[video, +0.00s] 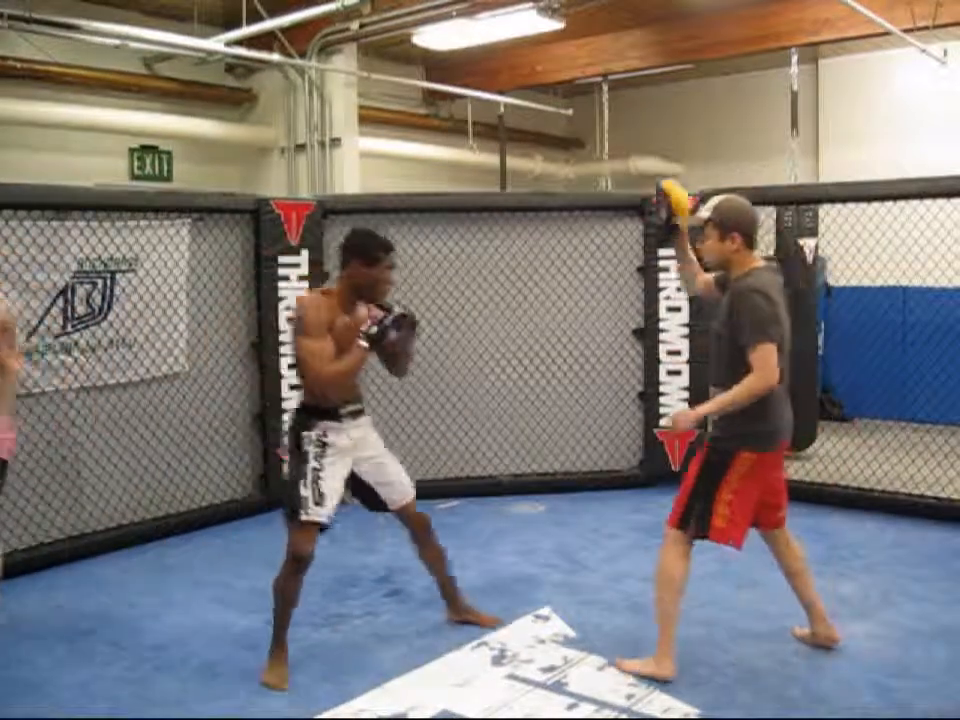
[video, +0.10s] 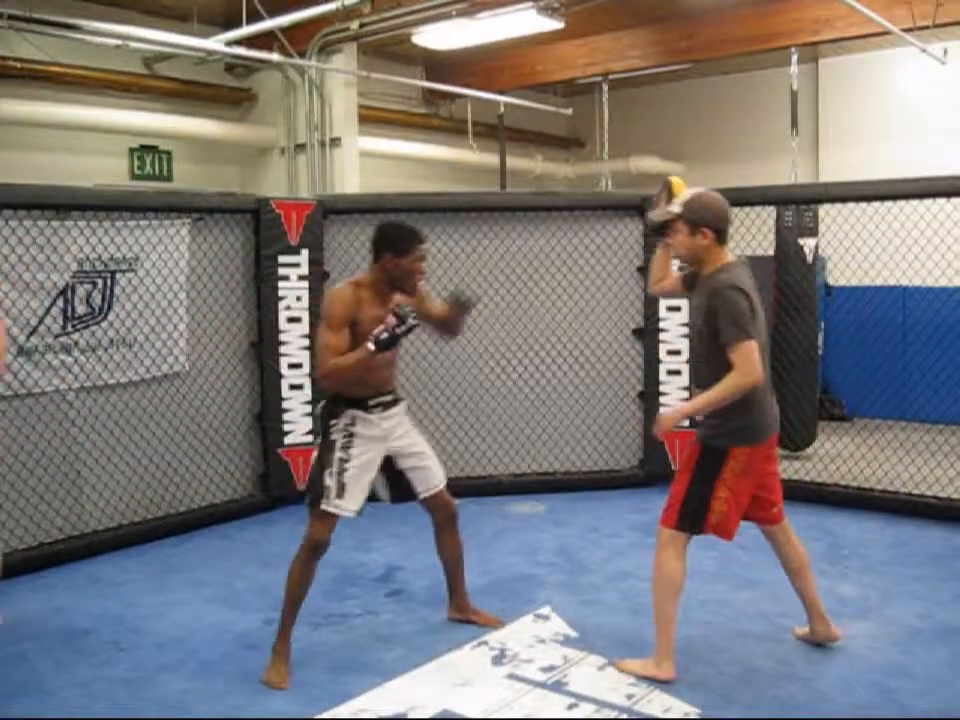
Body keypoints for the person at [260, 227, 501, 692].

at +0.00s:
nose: (392, 279)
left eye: (392, 270)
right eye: (385, 271)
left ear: (367, 269)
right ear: (355, 268)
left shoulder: (369, 311)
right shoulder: (312, 307)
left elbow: (399, 368)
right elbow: (323, 384)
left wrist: (395, 337)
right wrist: (364, 342)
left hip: (359, 427)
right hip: (317, 432)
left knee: (417, 520)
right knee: (300, 555)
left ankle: (455, 604)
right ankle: (278, 649)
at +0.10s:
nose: (422, 270)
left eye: (423, 262)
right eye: (416, 263)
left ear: (406, 262)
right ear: (387, 261)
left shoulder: (405, 291)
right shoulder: (342, 298)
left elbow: (445, 325)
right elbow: (326, 375)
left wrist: (457, 310)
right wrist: (375, 343)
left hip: (394, 414)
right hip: (350, 421)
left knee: (445, 507)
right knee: (317, 538)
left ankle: (459, 604)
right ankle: (282, 644)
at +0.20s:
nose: (452, 267)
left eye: (454, 259)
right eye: (446, 259)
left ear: (443, 254)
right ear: (419, 253)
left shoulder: (436, 275)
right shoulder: (370, 284)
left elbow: (504, 275)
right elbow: (340, 352)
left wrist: (539, 244)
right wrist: (385, 338)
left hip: (415, 401)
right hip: (368, 406)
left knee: (452, 504)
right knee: (333, 521)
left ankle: (461, 601)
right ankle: (301, 634)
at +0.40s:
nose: (470, 258)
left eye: (473, 251)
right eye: (465, 250)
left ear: (469, 246)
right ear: (439, 238)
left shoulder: (467, 268)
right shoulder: (393, 270)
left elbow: (506, 288)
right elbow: (363, 339)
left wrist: (521, 287)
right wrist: (414, 325)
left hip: (438, 390)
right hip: (393, 391)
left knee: (457, 497)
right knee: (373, 504)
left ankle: (462, 599)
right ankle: (362, 605)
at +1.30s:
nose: (495, 257)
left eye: (501, 250)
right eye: (490, 248)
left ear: (503, 247)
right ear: (468, 236)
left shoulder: (506, 269)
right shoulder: (427, 268)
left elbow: (530, 334)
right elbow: (397, 333)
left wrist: (506, 300)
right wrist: (438, 318)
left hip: (487, 393)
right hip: (440, 394)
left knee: (499, 503)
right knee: (421, 505)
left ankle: (501, 609)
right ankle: (424, 600)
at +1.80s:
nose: (519, 273)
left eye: (525, 267)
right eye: (515, 265)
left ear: (529, 261)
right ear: (495, 252)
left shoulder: (527, 272)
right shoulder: (455, 271)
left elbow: (555, 332)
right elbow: (441, 349)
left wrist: (560, 298)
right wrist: (487, 310)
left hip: (514, 403)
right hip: (467, 406)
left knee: (543, 523)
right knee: (451, 521)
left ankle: (570, 642)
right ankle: (440, 624)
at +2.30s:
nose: (552, 262)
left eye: (560, 254)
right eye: (544, 253)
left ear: (568, 253)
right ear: (522, 248)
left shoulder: (570, 276)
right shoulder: (490, 278)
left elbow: (601, 347)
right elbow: (471, 360)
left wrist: (583, 309)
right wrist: (512, 322)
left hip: (559, 414)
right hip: (505, 417)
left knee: (606, 533)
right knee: (480, 539)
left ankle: (590, 636)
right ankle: (482, 646)